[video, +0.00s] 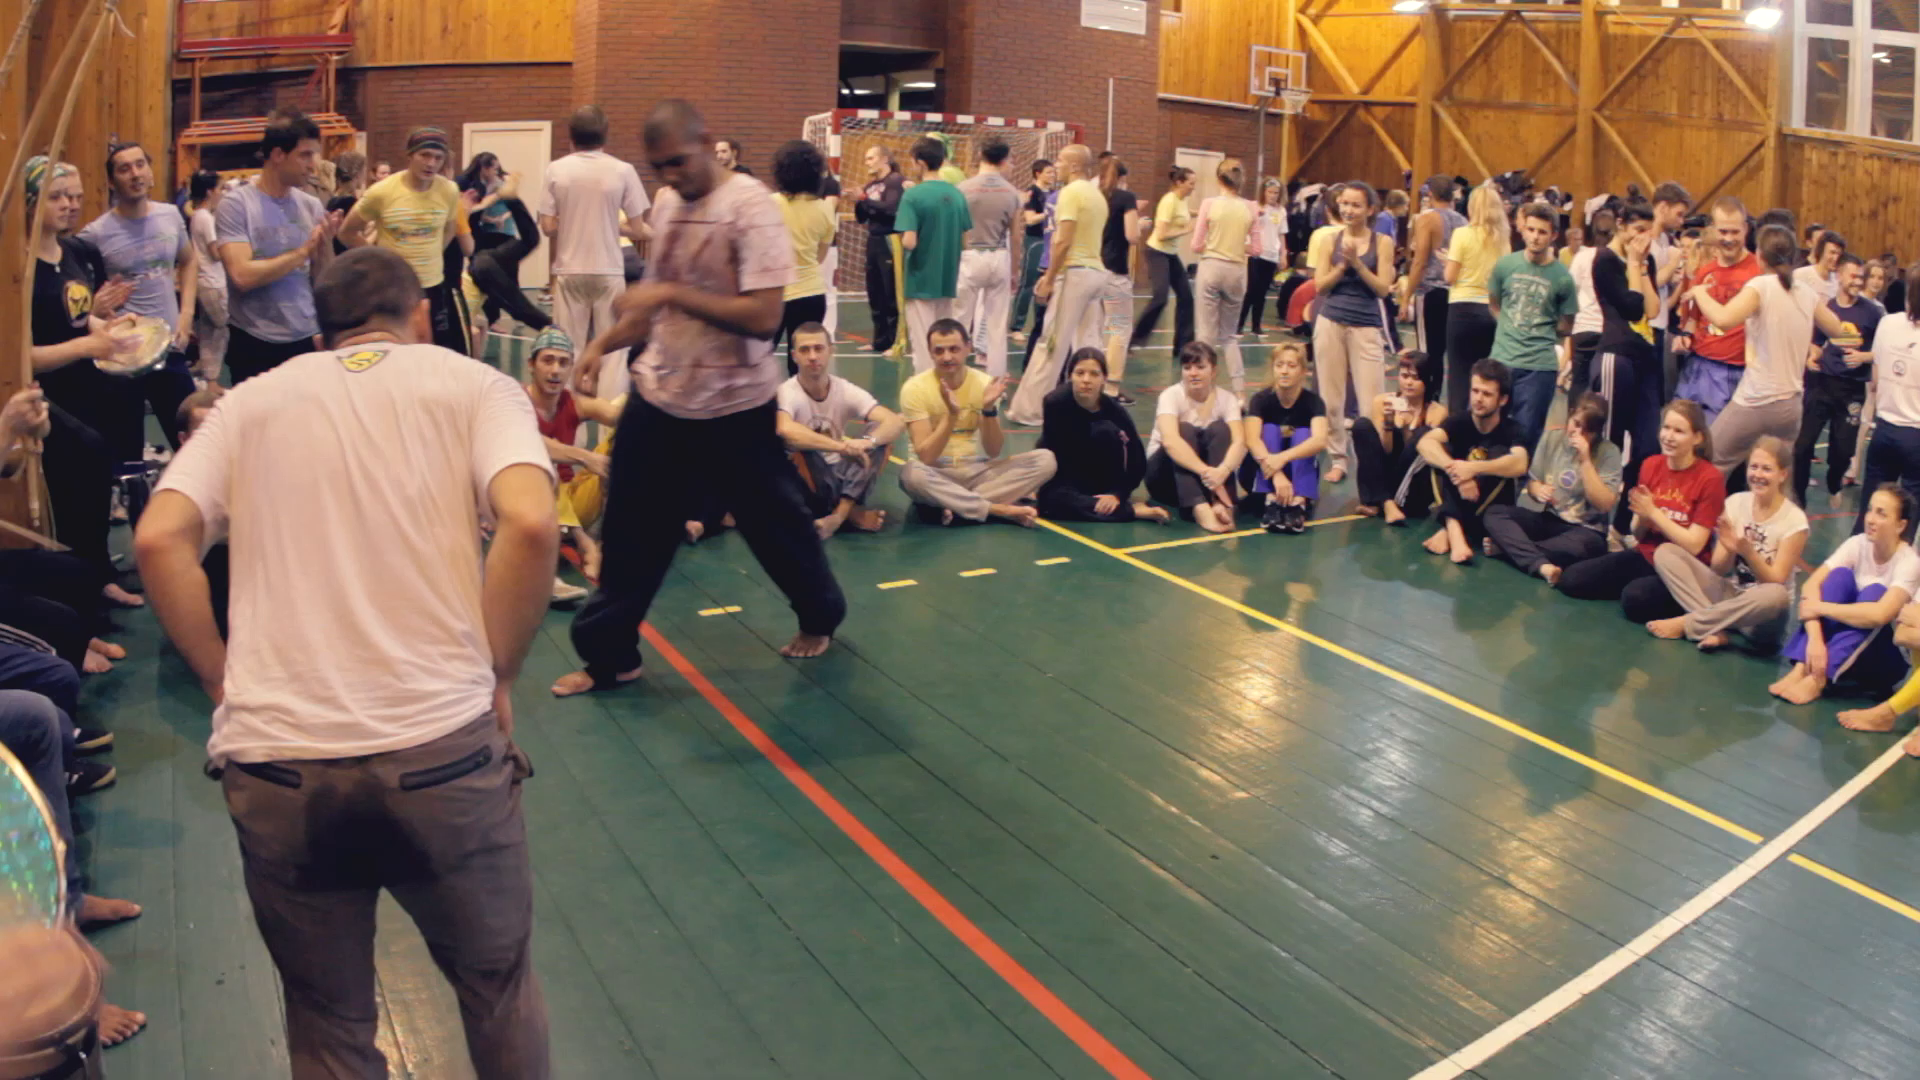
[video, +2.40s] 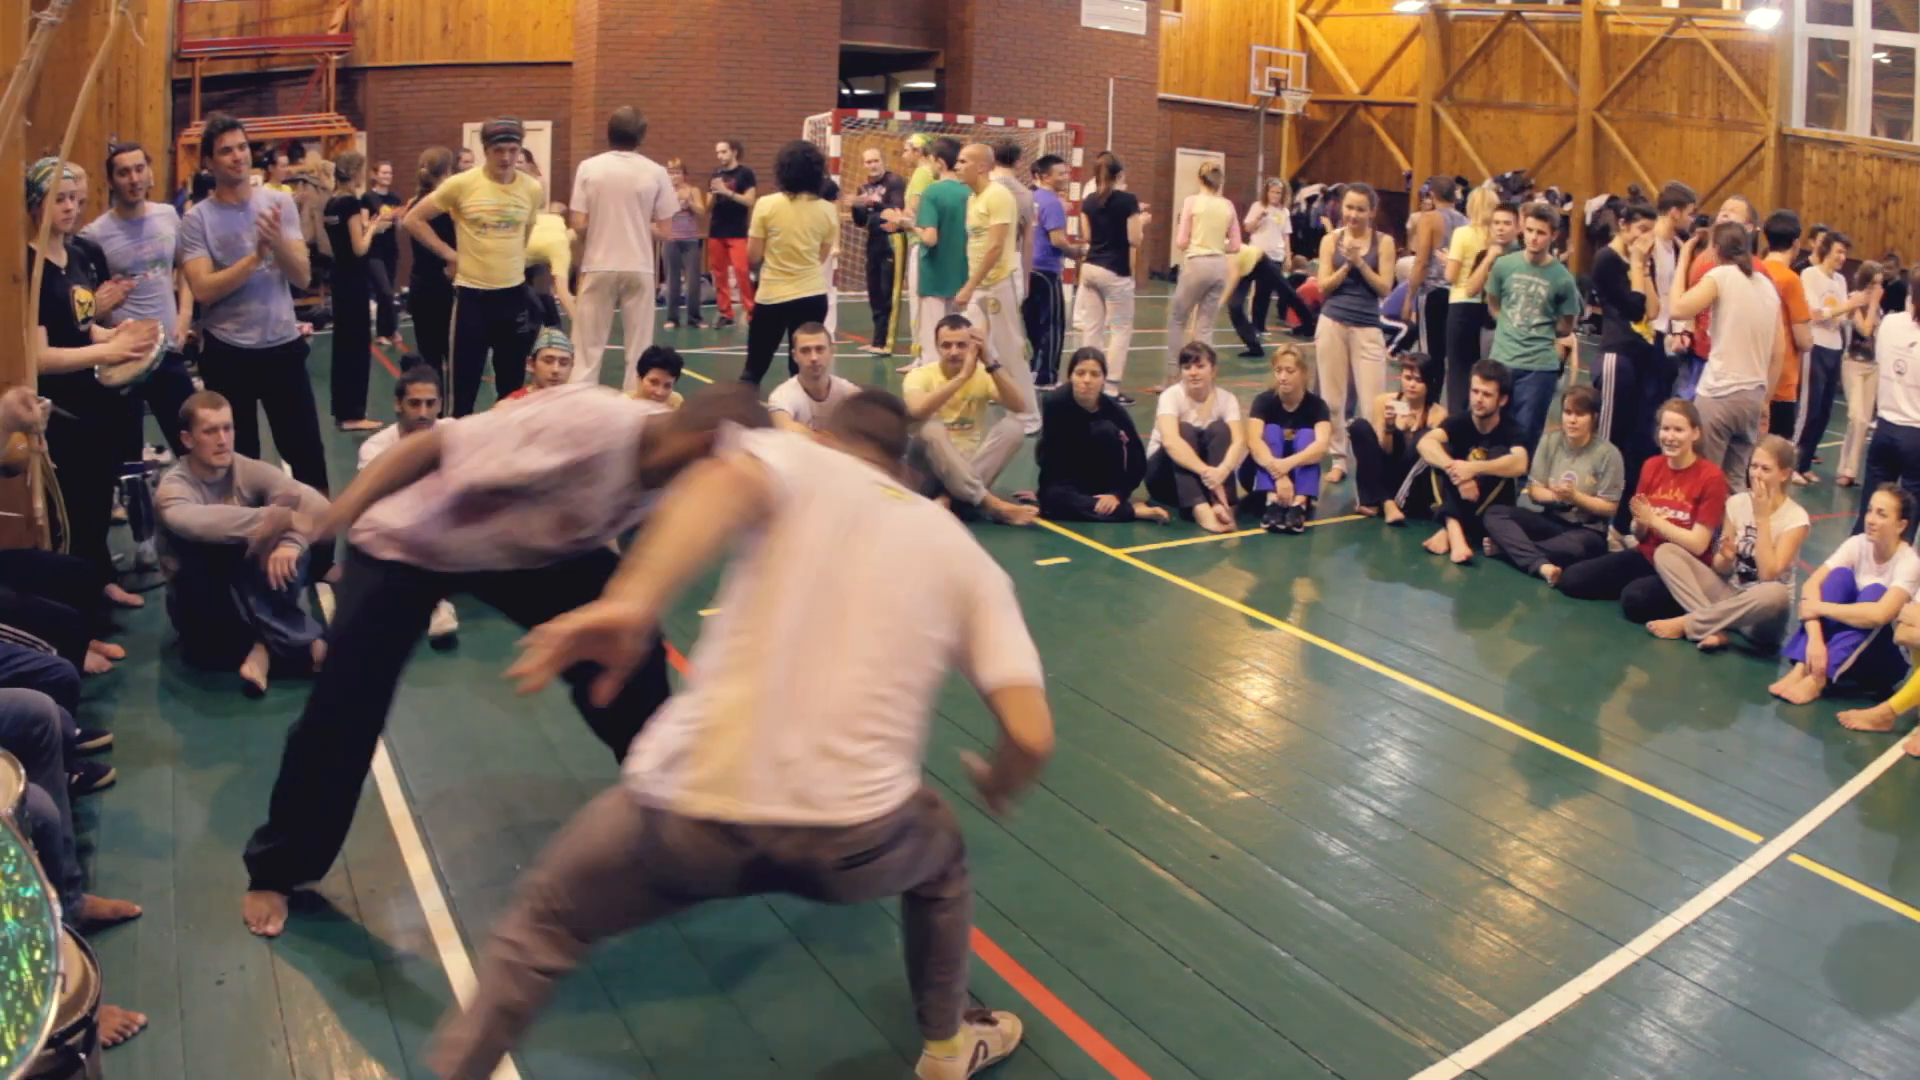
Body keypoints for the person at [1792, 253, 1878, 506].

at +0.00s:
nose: (1857, 281)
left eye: (1860, 277)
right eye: (1852, 276)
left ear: (1864, 280)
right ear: (1839, 277)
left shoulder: (1874, 312)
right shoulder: (1823, 308)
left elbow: (1883, 349)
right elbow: (1811, 336)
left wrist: (1864, 356)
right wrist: (1810, 352)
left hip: (1852, 384)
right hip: (1820, 379)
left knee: (1844, 448)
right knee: (1803, 444)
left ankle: (1834, 485)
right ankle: (1798, 496)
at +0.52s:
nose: (1899, 285)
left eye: (1901, 280)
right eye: (1895, 278)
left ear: (1899, 281)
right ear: (1877, 275)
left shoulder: (1898, 313)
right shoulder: (1851, 304)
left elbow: (1902, 347)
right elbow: (1824, 339)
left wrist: (1895, 371)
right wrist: (1839, 359)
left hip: (1883, 392)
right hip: (1851, 388)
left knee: (1864, 466)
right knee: (1834, 455)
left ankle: (1840, 529)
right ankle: (1805, 496)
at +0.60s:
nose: (1905, 284)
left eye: (1907, 279)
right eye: (1902, 278)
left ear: (1901, 279)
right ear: (1886, 275)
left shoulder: (1904, 311)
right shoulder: (1858, 304)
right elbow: (1831, 341)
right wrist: (1843, 372)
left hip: (1888, 389)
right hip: (1859, 386)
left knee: (1864, 462)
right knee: (1850, 454)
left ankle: (1842, 527)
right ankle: (1814, 511)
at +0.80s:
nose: (1877, 281)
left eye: (1881, 276)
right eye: (1873, 276)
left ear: (1885, 280)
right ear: (1864, 278)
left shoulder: (1883, 305)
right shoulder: (1855, 301)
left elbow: (1882, 333)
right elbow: (1855, 335)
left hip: (1876, 361)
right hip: (1856, 360)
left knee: (1866, 414)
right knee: (1856, 413)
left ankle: (1856, 467)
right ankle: (1848, 469)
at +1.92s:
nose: (1880, 283)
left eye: (1882, 278)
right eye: (1876, 278)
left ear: (1884, 281)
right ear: (1865, 279)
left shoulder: (1882, 303)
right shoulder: (1854, 299)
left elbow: (1884, 335)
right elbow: (1856, 334)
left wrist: (1883, 315)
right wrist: (1878, 315)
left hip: (1875, 361)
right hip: (1854, 359)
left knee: (1865, 418)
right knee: (1855, 416)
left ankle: (1852, 470)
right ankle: (1846, 470)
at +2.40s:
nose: (1880, 288)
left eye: (1881, 283)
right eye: (1877, 283)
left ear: (1880, 285)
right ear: (1866, 283)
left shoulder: (1878, 306)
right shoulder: (1855, 300)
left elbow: (1879, 332)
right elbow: (1865, 329)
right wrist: (1873, 302)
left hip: (1873, 362)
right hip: (1854, 360)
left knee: (1864, 418)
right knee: (1856, 416)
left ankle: (1850, 469)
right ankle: (1847, 469)